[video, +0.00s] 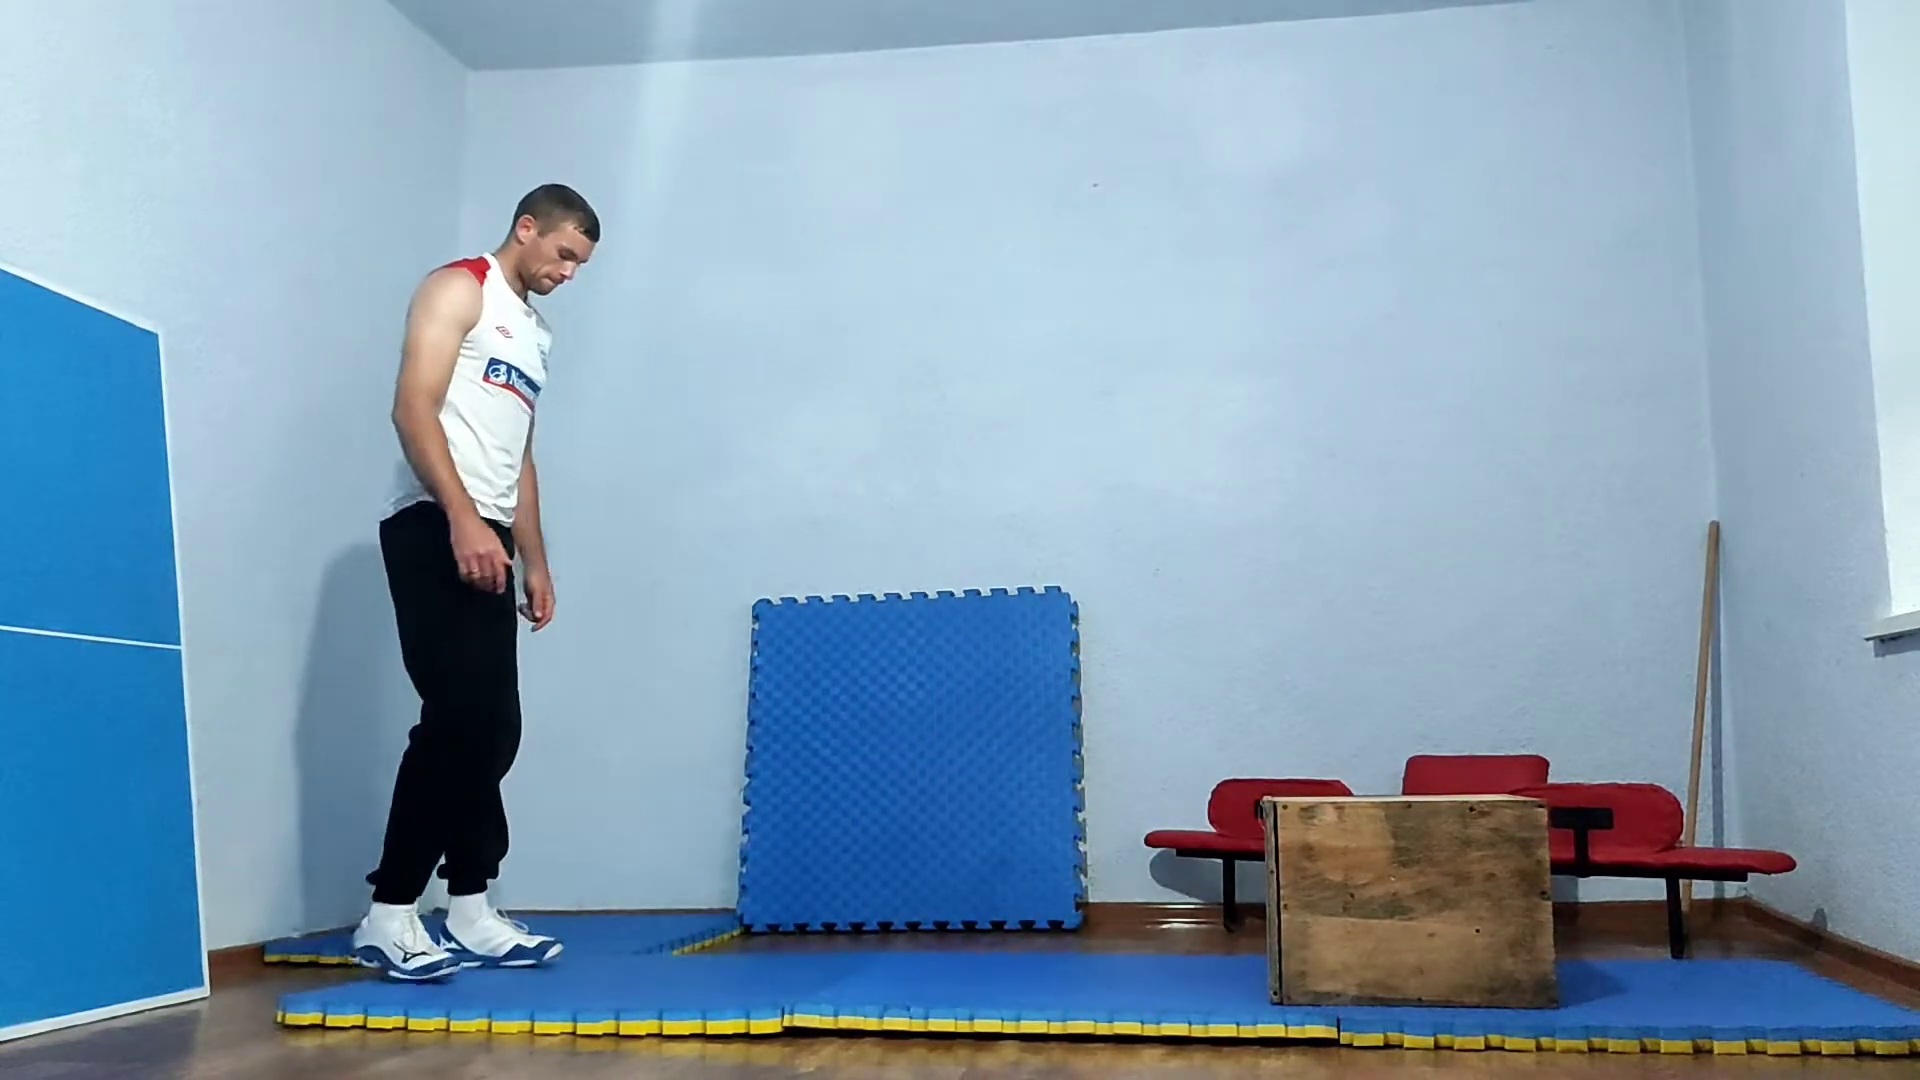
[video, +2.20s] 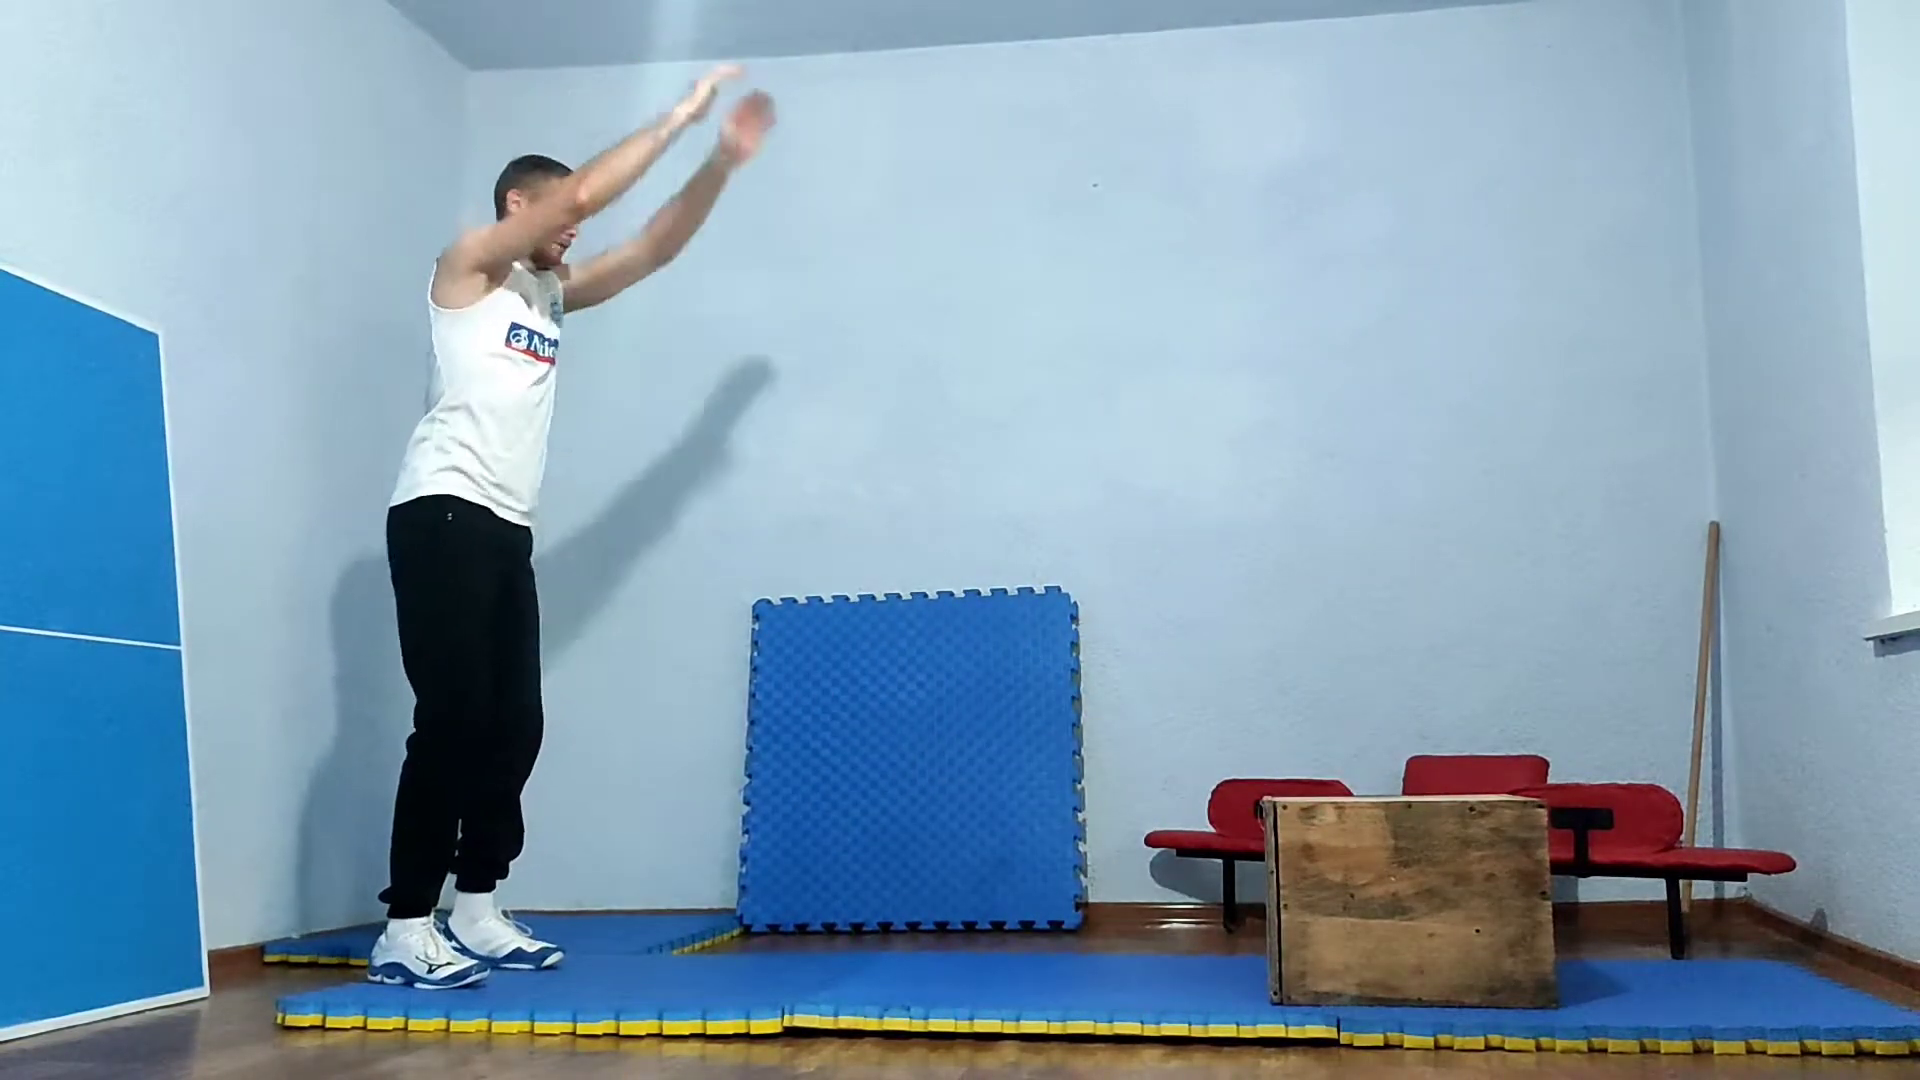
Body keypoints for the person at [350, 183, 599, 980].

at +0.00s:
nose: (568, 272)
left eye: (578, 262)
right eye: (562, 253)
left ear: (574, 261)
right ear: (524, 229)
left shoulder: (533, 328)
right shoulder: (456, 291)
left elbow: (519, 455)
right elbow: (414, 411)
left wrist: (535, 557)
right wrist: (462, 518)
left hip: (489, 541)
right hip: (432, 530)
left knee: (494, 726)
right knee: (457, 719)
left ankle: (468, 910)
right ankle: (388, 915)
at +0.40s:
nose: (548, 248)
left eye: (555, 238)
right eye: (542, 230)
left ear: (536, 235)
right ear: (496, 212)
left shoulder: (513, 323)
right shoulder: (439, 281)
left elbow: (539, 447)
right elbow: (440, 397)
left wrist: (600, 526)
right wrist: (545, 464)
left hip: (491, 535)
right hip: (434, 529)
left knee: (500, 725)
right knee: (443, 721)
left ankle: (469, 910)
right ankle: (407, 929)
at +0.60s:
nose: (535, 236)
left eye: (540, 224)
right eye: (525, 218)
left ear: (513, 222)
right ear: (477, 207)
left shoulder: (504, 318)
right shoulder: (427, 273)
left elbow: (591, 392)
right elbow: (496, 321)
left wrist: (696, 397)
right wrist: (625, 322)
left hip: (484, 529)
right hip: (426, 523)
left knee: (503, 726)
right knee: (438, 721)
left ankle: (470, 909)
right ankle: (406, 931)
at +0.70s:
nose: (532, 226)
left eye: (536, 217)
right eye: (521, 211)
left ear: (518, 220)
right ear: (471, 205)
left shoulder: (511, 309)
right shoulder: (423, 277)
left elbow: (620, 331)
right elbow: (519, 257)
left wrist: (709, 289)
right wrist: (637, 219)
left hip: (488, 529)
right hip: (430, 523)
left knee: (497, 726)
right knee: (440, 721)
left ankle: (468, 909)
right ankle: (404, 930)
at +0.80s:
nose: (534, 224)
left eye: (536, 212)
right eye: (521, 208)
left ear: (521, 219)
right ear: (474, 206)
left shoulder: (517, 294)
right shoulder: (434, 273)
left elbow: (618, 268)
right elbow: (509, 198)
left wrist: (694, 197)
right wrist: (622, 132)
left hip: (495, 525)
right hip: (438, 521)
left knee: (499, 726)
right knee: (454, 718)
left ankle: (468, 908)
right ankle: (406, 927)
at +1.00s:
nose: (534, 202)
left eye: (540, 194)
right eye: (520, 186)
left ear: (539, 209)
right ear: (483, 187)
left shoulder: (522, 276)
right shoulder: (444, 256)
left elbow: (590, 194)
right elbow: (497, 134)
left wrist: (628, 89)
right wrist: (561, 40)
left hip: (516, 519)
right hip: (456, 514)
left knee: (514, 719)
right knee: (460, 716)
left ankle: (472, 908)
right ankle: (407, 925)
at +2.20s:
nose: (576, 224)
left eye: (578, 210)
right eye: (566, 207)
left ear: (551, 215)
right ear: (515, 202)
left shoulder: (549, 296)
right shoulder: (472, 262)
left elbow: (655, 247)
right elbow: (580, 199)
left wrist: (724, 164)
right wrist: (677, 118)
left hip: (506, 534)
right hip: (442, 518)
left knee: (515, 724)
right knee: (455, 718)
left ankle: (472, 910)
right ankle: (405, 927)